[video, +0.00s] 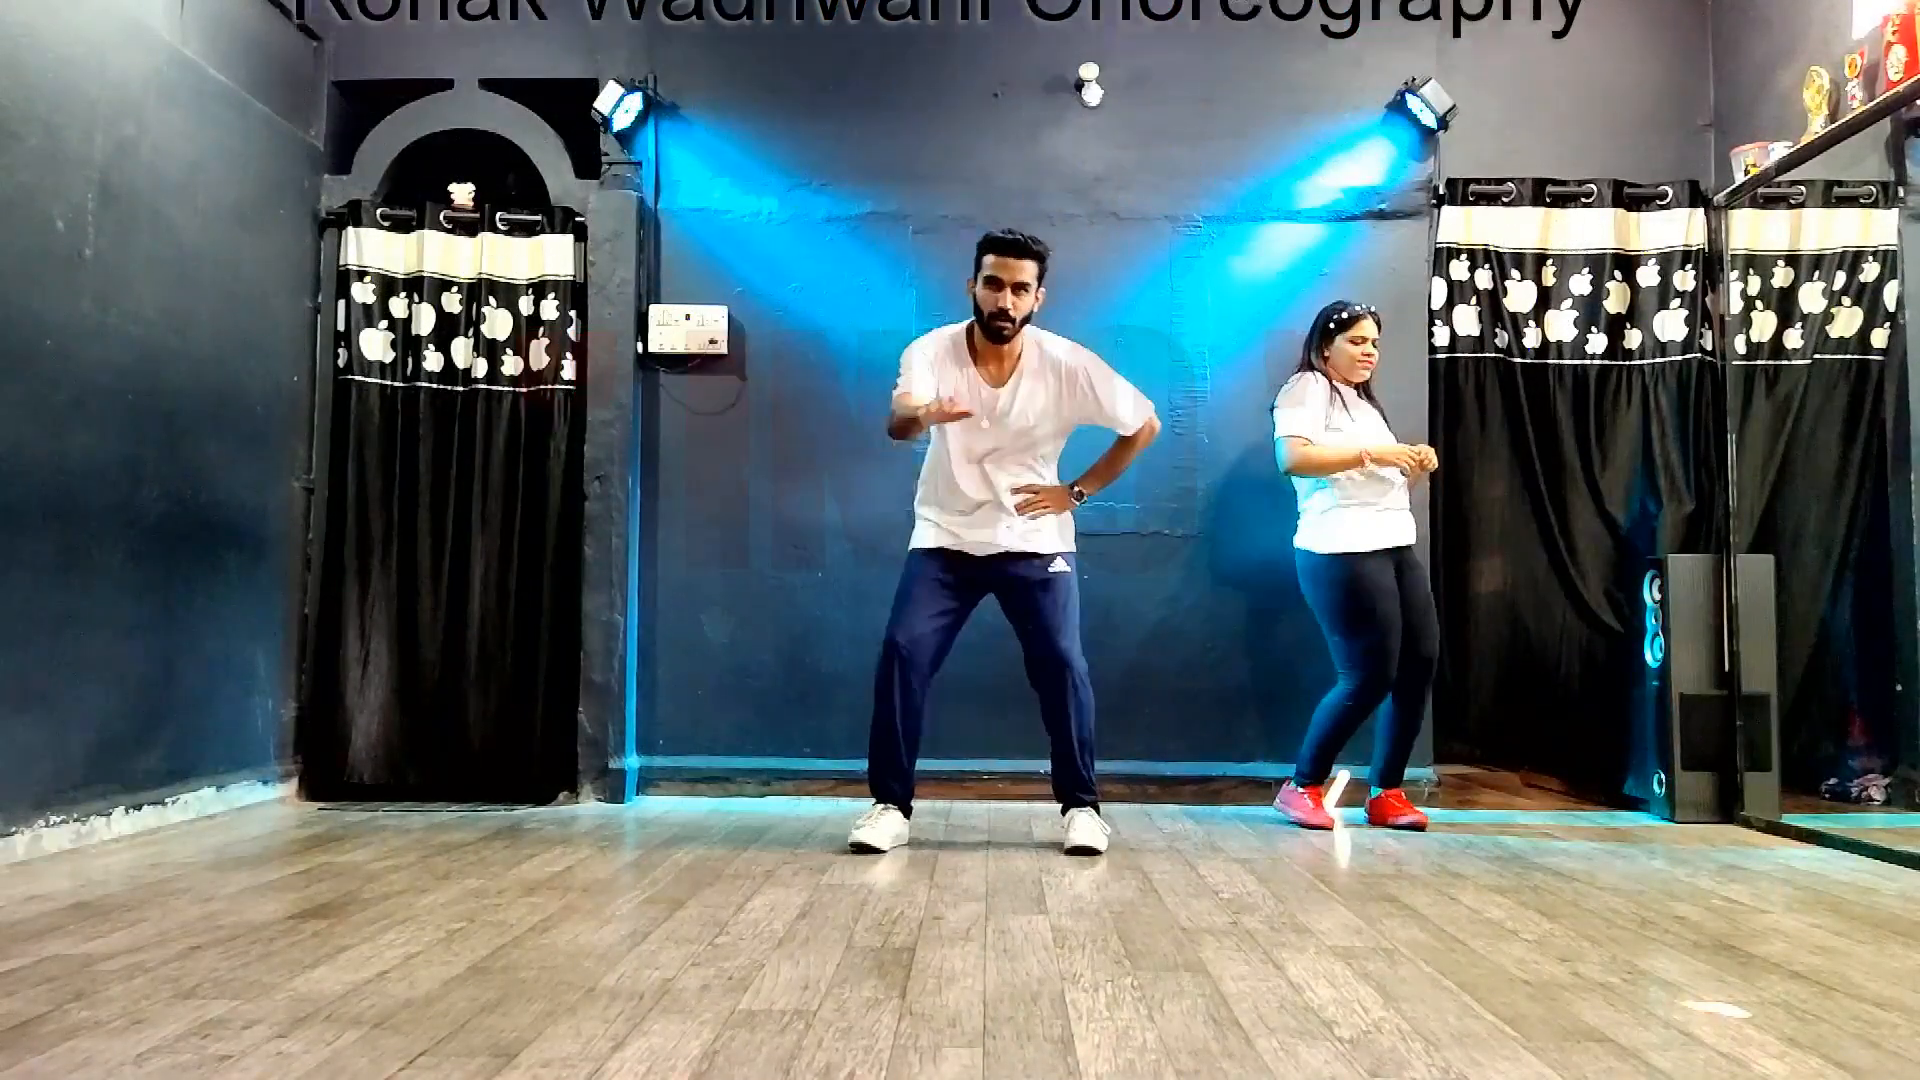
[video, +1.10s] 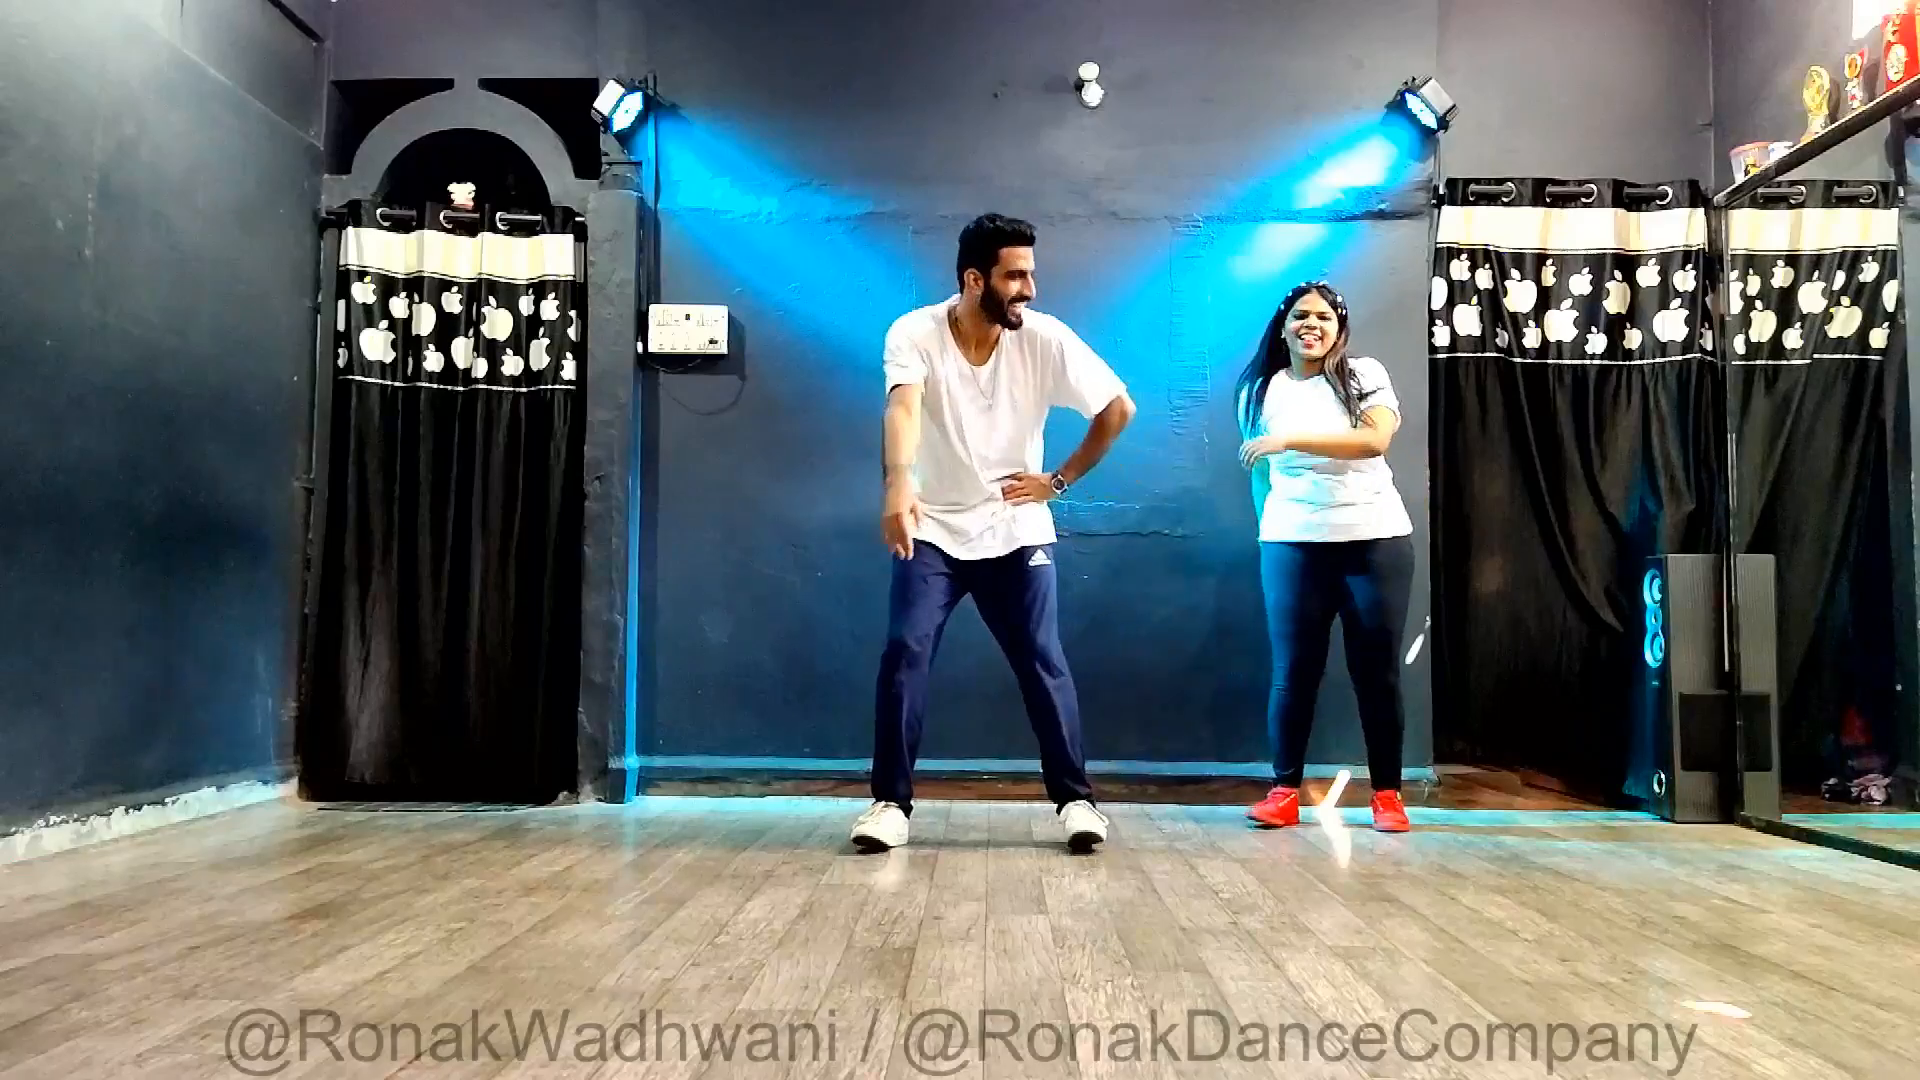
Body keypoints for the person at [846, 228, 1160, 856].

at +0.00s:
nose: (1005, 300)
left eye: (1020, 289)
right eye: (993, 285)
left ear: (1037, 298)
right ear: (972, 286)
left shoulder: (1066, 364)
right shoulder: (932, 352)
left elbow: (1144, 424)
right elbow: (898, 427)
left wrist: (1077, 491)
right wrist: (926, 415)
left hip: (1032, 536)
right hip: (944, 534)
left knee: (1062, 658)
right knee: (903, 649)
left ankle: (1080, 806)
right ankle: (890, 806)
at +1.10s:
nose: (1027, 288)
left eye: (1030, 274)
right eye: (1014, 275)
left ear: (1028, 277)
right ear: (971, 278)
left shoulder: (1043, 338)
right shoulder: (915, 334)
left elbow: (1117, 408)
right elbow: (902, 407)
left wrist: (1060, 478)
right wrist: (898, 483)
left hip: (1015, 521)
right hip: (932, 520)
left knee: (1042, 657)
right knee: (906, 647)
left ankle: (1074, 800)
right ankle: (890, 804)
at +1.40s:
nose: (986, 242)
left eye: (984, 230)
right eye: (971, 234)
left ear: (958, 243)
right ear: (931, 249)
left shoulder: (1014, 302)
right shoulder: (878, 338)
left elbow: (1093, 359)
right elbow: (836, 432)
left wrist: (1077, 450)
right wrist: (783, 513)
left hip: (1020, 513)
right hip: (934, 516)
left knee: (1061, 647)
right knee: (920, 650)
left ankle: (1069, 802)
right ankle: (897, 806)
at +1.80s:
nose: (1038, 235)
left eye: (1041, 224)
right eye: (1024, 225)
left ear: (1041, 232)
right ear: (985, 238)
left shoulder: (1068, 295)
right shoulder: (948, 324)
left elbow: (1091, 378)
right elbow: (923, 419)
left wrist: (1092, 455)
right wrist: (888, 499)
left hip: (1073, 517)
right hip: (988, 519)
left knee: (1091, 663)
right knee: (961, 661)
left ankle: (1100, 801)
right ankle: (940, 812)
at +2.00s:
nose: (1051, 238)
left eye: (1064, 228)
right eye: (1038, 226)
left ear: (1078, 239)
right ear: (1016, 235)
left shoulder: (1104, 311)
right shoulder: (985, 320)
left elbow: (1074, 405)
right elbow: (994, 409)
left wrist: (980, 434)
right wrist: (997, 456)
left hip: (1086, 523)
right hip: (1007, 522)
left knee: (1095, 673)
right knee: (977, 666)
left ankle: (1107, 804)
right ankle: (944, 810)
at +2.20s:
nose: (1058, 233)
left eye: (1071, 223)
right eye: (1046, 222)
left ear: (1088, 235)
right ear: (1026, 232)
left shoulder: (1107, 299)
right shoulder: (994, 309)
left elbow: (1074, 356)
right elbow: (940, 390)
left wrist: (1005, 318)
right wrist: (881, 459)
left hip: (1085, 509)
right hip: (1006, 505)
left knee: (1094, 661)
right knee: (972, 635)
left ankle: (1107, 801)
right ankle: (970, 795)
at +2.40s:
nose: (992, 248)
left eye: (1005, 235)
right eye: (978, 236)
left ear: (1025, 236)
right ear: (960, 242)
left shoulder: (1052, 270)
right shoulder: (940, 323)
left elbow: (1122, 300)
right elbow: (905, 394)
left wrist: (1056, 372)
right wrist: (871, 454)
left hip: (1077, 508)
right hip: (992, 515)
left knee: (1096, 661)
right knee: (963, 649)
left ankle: (1108, 800)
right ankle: (957, 803)